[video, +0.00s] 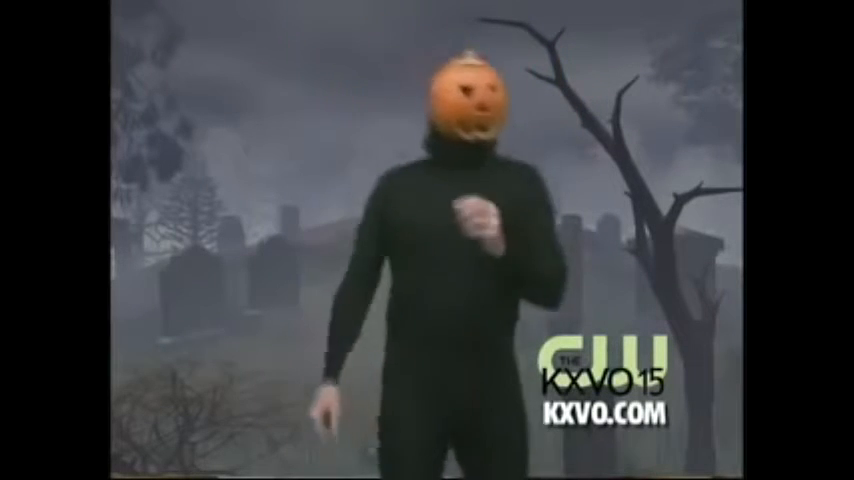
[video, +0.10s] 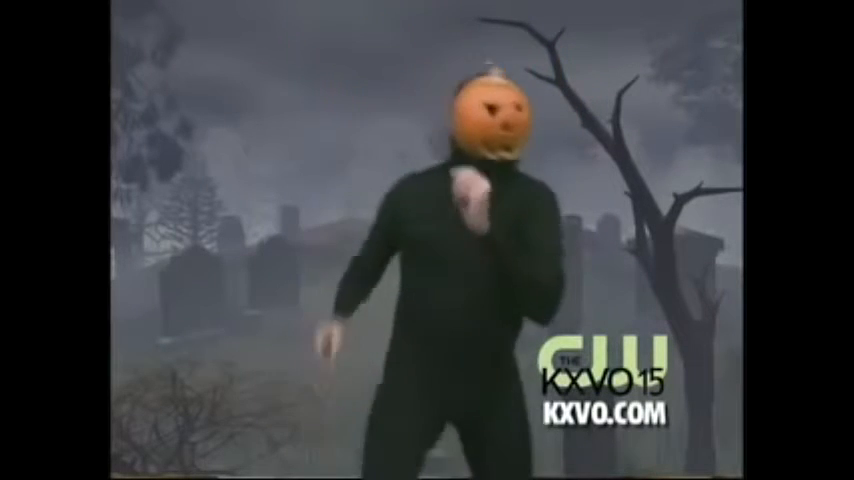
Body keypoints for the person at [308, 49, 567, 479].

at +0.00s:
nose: (480, 97)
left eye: (491, 88)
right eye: (464, 87)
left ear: (504, 106)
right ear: (435, 103)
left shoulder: (520, 184)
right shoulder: (397, 187)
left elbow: (551, 291)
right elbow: (359, 283)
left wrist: (503, 247)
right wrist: (330, 377)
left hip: (490, 385)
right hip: (412, 386)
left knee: (504, 472)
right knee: (405, 472)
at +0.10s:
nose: (506, 119)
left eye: (517, 108)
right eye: (489, 108)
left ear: (529, 124)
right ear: (456, 119)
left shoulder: (534, 200)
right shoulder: (414, 192)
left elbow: (544, 306)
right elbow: (372, 257)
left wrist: (489, 229)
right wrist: (340, 314)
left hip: (490, 382)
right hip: (413, 380)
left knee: (509, 472)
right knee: (383, 471)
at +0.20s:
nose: (509, 94)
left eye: (522, 88)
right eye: (494, 84)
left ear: (532, 112)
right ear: (468, 102)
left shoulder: (539, 187)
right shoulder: (423, 172)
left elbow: (518, 270)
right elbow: (385, 229)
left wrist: (467, 193)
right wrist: (350, 260)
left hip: (488, 360)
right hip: (416, 348)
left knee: (498, 471)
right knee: (364, 416)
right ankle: (399, 473)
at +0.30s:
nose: (525, 76)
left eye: (538, 69)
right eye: (511, 65)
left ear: (549, 88)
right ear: (480, 78)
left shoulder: (547, 158)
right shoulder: (443, 142)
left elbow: (510, 232)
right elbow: (396, 216)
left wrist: (431, 167)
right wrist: (353, 243)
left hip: (485, 335)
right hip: (416, 316)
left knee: (482, 471)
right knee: (337, 369)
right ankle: (411, 469)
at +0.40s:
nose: (536, 88)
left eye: (548, 82)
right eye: (522, 78)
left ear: (557, 102)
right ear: (494, 89)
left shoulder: (550, 167)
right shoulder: (453, 154)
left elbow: (496, 204)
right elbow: (403, 231)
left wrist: (406, 179)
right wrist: (346, 247)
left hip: (479, 342)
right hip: (410, 317)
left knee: (479, 471)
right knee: (315, 341)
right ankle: (364, 469)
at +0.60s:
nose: (542, 100)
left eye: (553, 94)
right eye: (528, 87)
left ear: (557, 119)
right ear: (491, 97)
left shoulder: (545, 191)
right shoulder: (443, 159)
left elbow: (499, 231)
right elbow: (401, 229)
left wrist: (423, 176)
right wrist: (357, 260)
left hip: (475, 353)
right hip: (405, 331)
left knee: (480, 471)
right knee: (312, 366)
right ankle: (326, 474)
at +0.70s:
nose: (525, 82)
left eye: (537, 77)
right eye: (512, 68)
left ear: (545, 101)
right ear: (477, 80)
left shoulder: (535, 174)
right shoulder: (422, 141)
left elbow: (514, 239)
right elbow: (387, 186)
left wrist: (447, 169)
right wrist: (371, 234)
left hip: (463, 333)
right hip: (390, 317)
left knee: (474, 464)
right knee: (338, 418)